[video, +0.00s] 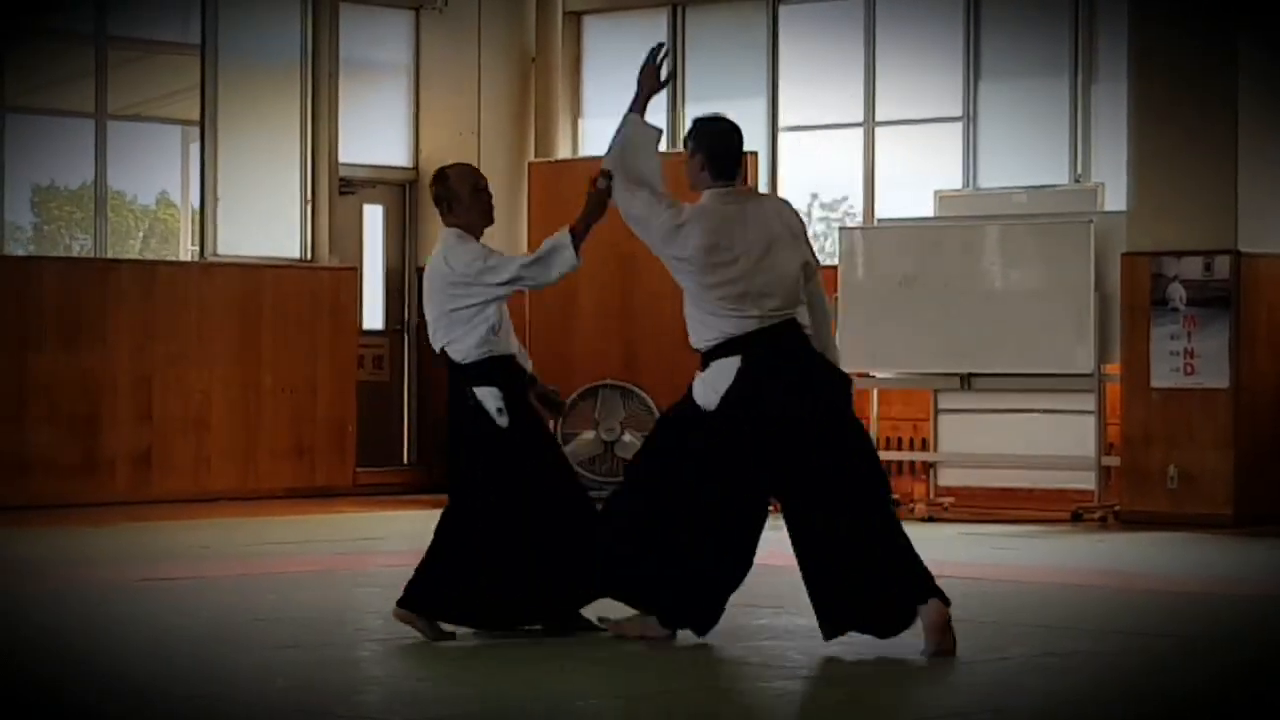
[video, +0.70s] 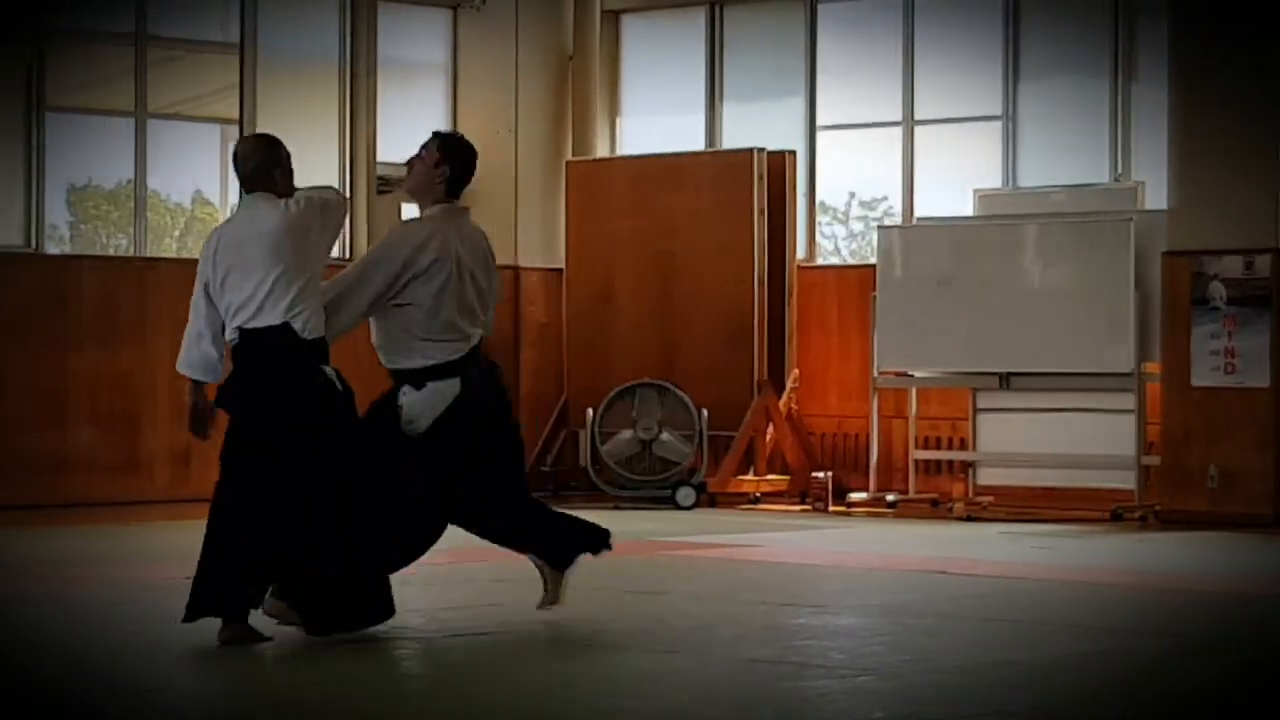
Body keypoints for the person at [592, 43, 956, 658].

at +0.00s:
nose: (682, 164)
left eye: (685, 156)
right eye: (686, 156)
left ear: (694, 162)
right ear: (742, 162)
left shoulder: (686, 229)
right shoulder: (783, 215)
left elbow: (631, 181)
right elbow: (816, 303)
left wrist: (641, 103)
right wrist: (829, 368)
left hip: (734, 382)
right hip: (803, 373)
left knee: (662, 487)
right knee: (855, 495)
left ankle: (655, 614)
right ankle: (928, 599)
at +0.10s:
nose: (632, 161)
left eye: (634, 153)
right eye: (635, 152)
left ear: (645, 159)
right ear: (685, 157)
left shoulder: (636, 222)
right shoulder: (731, 207)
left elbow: (577, 206)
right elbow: (767, 293)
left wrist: (544, 150)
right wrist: (781, 365)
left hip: (686, 371)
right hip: (751, 361)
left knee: (659, 496)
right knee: (789, 490)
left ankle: (656, 616)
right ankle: (872, 578)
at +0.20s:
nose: (605, 157)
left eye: (607, 149)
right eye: (608, 149)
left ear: (618, 154)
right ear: (662, 157)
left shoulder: (592, 209)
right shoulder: (697, 211)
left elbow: (527, 244)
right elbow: (733, 292)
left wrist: (504, 244)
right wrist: (737, 361)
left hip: (634, 365)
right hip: (698, 360)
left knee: (611, 487)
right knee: (721, 480)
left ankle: (592, 609)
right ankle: (771, 583)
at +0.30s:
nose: (581, 166)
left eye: (584, 157)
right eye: (585, 157)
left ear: (593, 160)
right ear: (634, 166)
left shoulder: (560, 217)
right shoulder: (665, 219)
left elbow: (502, 275)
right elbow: (706, 301)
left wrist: (466, 306)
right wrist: (719, 364)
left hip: (585, 361)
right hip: (649, 361)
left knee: (578, 483)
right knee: (645, 484)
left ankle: (570, 607)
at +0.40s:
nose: (540, 184)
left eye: (543, 175)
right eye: (543, 175)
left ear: (556, 177)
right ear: (596, 182)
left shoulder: (524, 231)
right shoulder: (629, 235)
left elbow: (464, 293)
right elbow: (670, 313)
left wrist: (404, 336)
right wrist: (697, 378)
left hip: (548, 372)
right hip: (613, 370)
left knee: (502, 485)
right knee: (593, 483)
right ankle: (620, 607)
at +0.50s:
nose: (488, 192)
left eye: (492, 183)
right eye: (491, 183)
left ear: (509, 186)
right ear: (539, 190)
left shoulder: (486, 243)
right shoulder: (577, 245)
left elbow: (418, 305)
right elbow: (619, 320)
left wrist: (348, 339)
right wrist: (655, 385)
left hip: (523, 387)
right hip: (580, 383)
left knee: (432, 463)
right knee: (571, 490)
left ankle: (435, 605)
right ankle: (625, 603)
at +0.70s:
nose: (408, 164)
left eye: (419, 157)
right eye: (415, 156)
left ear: (439, 171)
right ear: (449, 176)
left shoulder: (411, 237)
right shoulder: (475, 237)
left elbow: (343, 301)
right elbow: (483, 309)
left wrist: (294, 334)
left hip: (425, 392)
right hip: (476, 383)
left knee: (349, 483)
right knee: (466, 496)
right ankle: (550, 545)